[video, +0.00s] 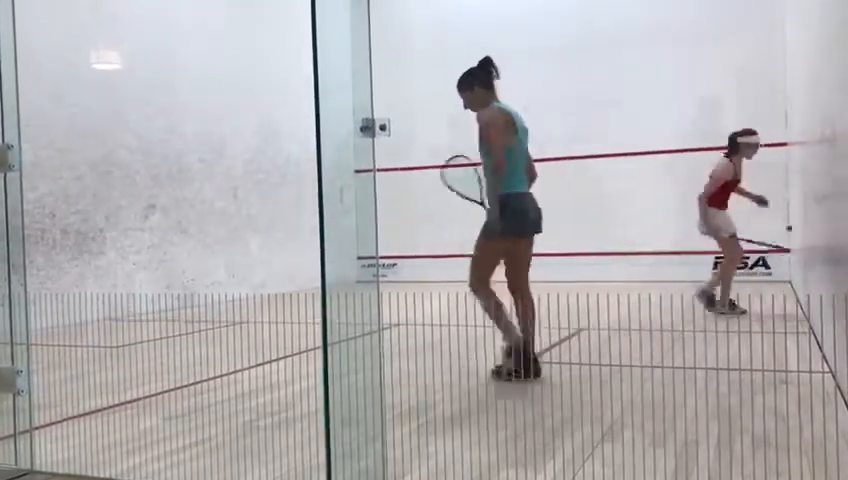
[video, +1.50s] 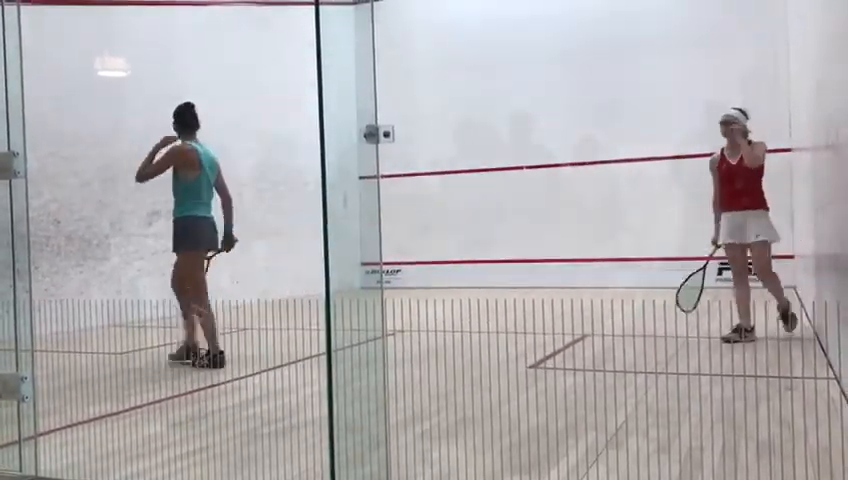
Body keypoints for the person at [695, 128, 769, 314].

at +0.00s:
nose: (757, 150)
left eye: (757, 146)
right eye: (754, 146)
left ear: (743, 147)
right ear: (742, 146)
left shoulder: (737, 162)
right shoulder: (725, 167)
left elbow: (732, 186)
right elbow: (703, 197)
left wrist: (753, 197)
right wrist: (704, 223)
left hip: (720, 212)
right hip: (713, 213)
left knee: (736, 254)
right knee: (732, 255)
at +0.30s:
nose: (757, 140)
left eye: (759, 136)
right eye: (753, 137)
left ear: (759, 138)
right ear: (742, 137)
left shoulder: (759, 158)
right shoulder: (730, 160)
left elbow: (759, 181)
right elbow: (715, 188)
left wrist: (765, 191)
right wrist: (716, 218)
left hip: (751, 211)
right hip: (732, 212)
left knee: (747, 258)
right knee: (740, 259)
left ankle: (730, 297)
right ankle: (754, 304)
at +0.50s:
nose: (758, 135)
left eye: (760, 131)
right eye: (752, 131)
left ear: (763, 134)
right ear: (743, 134)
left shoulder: (768, 155)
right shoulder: (735, 160)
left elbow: (775, 183)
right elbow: (726, 194)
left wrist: (767, 185)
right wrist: (724, 225)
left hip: (764, 213)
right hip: (742, 214)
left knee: (778, 259)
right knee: (748, 264)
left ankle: (759, 292)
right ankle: (758, 303)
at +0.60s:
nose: (759, 136)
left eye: (763, 132)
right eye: (755, 133)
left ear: (766, 135)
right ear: (746, 136)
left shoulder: (774, 158)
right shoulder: (738, 163)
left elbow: (783, 185)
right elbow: (730, 196)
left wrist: (775, 188)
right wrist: (730, 226)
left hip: (769, 212)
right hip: (746, 214)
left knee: (784, 257)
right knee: (751, 263)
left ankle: (780, 302)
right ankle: (758, 305)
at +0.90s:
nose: (771, 137)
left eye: (775, 132)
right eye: (766, 132)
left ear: (779, 134)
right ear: (758, 134)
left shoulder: (786, 156)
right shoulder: (749, 162)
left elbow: (800, 184)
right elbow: (741, 196)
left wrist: (791, 159)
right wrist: (744, 224)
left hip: (784, 215)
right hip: (758, 217)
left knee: (791, 267)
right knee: (762, 267)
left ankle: (796, 315)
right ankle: (766, 302)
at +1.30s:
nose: (750, 133)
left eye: (754, 128)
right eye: (746, 129)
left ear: (764, 131)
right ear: (741, 133)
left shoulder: (776, 151)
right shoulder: (737, 162)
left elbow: (774, 167)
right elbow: (733, 198)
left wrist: (763, 141)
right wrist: (728, 230)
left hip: (776, 218)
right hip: (750, 221)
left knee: (786, 270)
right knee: (752, 273)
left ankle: (793, 316)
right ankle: (749, 323)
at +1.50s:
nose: (726, 128)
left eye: (731, 124)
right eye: (724, 124)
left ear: (743, 127)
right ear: (721, 129)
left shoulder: (757, 147)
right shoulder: (717, 159)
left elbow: (753, 162)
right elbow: (717, 197)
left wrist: (740, 138)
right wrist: (716, 231)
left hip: (756, 217)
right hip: (730, 219)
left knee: (763, 271)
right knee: (739, 275)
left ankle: (784, 306)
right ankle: (745, 325)